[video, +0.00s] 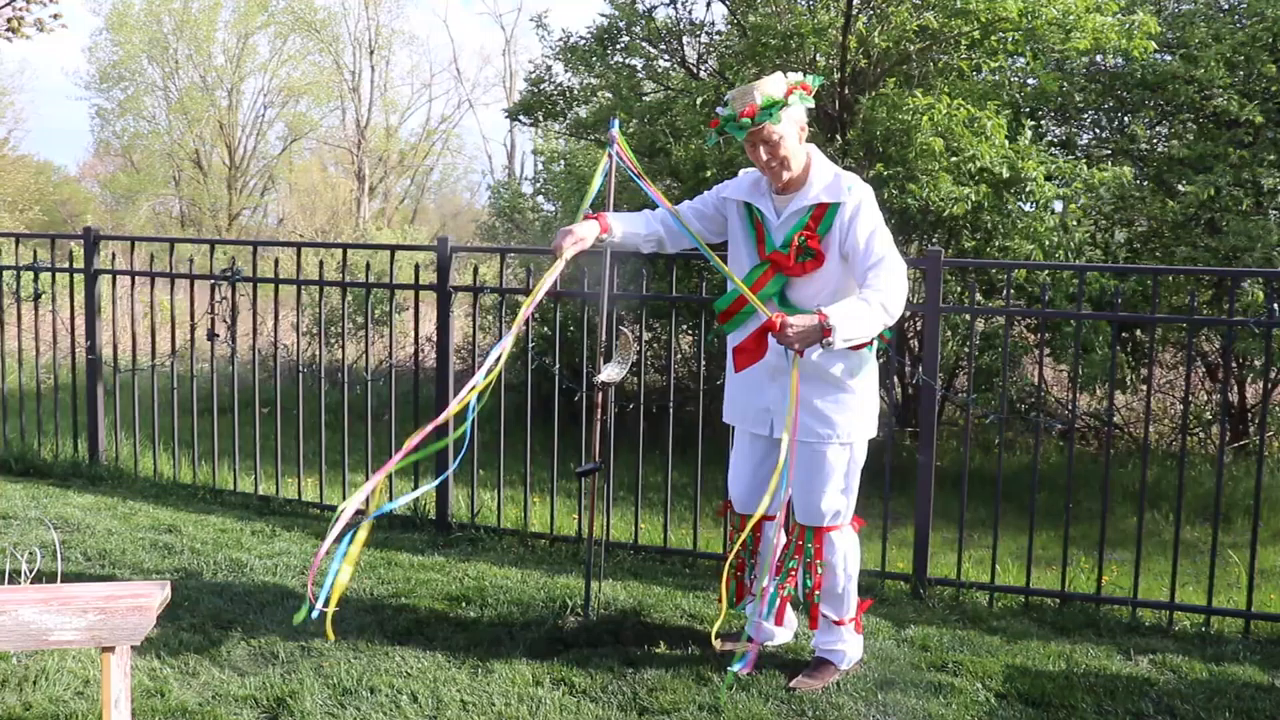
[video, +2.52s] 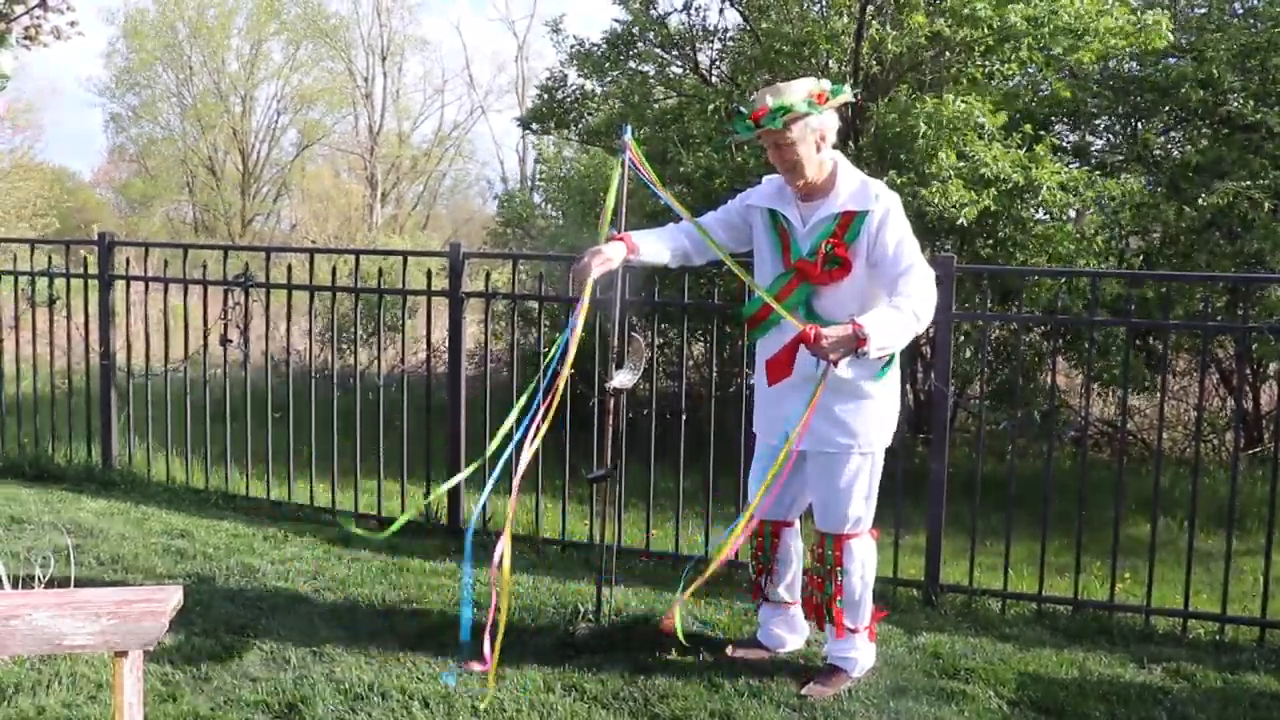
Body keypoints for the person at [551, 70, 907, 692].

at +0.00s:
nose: (763, 155)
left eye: (774, 140)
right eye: (752, 143)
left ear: (804, 129)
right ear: (744, 143)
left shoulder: (850, 198)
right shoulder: (738, 194)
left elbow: (889, 287)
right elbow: (668, 225)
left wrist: (825, 323)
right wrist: (598, 227)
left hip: (833, 389)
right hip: (756, 382)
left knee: (826, 518)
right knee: (756, 508)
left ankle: (836, 647)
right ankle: (765, 630)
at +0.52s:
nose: (784, 153)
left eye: (794, 139)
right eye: (770, 143)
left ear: (819, 131)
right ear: (756, 147)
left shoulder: (864, 203)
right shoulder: (751, 202)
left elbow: (904, 294)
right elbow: (683, 235)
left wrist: (842, 330)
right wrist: (613, 241)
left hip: (849, 392)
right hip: (773, 385)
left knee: (840, 524)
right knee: (768, 512)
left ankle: (847, 657)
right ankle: (779, 636)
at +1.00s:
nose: (784, 154)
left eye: (794, 140)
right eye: (771, 143)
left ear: (822, 131)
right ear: (758, 146)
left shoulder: (866, 205)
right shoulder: (753, 201)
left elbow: (908, 294)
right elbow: (684, 237)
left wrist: (847, 330)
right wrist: (615, 244)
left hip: (849, 395)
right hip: (773, 388)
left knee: (842, 526)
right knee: (768, 510)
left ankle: (849, 654)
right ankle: (779, 634)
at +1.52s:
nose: (771, 157)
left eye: (781, 143)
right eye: (762, 146)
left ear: (818, 135)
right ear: (757, 146)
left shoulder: (867, 205)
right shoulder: (755, 202)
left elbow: (910, 293)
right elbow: (685, 238)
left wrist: (851, 332)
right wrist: (616, 246)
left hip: (849, 395)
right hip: (773, 388)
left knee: (843, 526)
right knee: (772, 513)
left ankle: (848, 654)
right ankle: (780, 634)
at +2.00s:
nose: (775, 158)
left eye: (785, 143)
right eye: (766, 146)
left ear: (821, 134)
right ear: (761, 146)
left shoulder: (871, 206)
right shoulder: (758, 202)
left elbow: (914, 293)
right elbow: (689, 237)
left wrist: (856, 332)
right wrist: (619, 246)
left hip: (850, 396)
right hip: (774, 389)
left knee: (843, 526)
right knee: (770, 512)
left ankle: (848, 656)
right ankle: (779, 635)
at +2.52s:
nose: (774, 157)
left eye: (784, 144)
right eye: (767, 145)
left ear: (824, 135)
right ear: (766, 146)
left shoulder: (875, 206)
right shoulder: (761, 203)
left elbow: (918, 293)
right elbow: (692, 236)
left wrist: (862, 331)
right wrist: (622, 247)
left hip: (854, 392)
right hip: (779, 384)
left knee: (844, 524)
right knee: (772, 510)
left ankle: (849, 656)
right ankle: (779, 634)